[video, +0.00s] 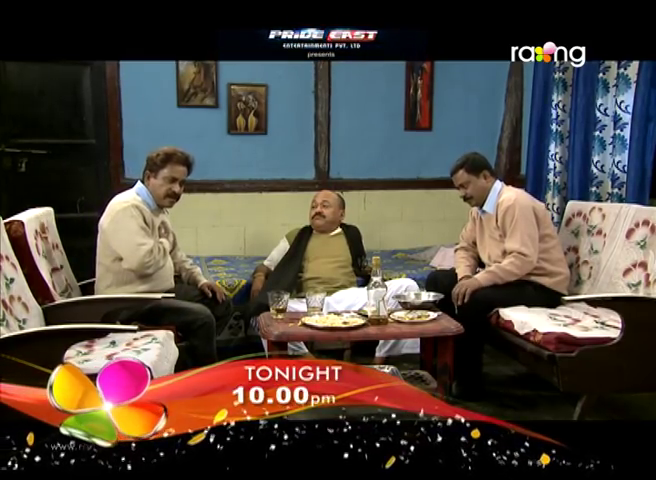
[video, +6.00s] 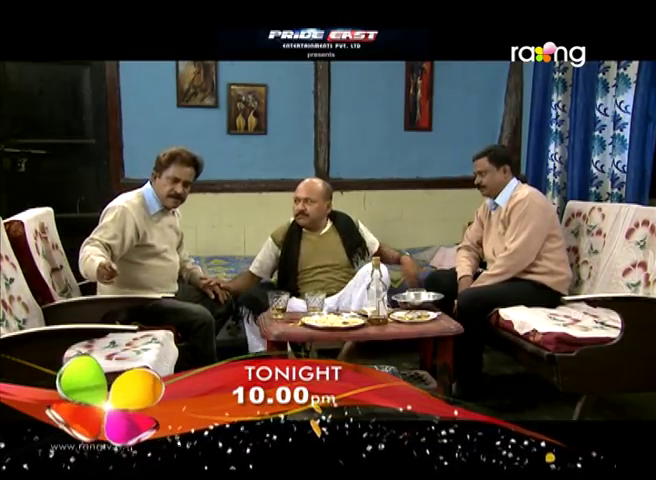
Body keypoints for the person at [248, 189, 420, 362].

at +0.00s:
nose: (317, 210)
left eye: (325, 206)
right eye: (314, 206)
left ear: (341, 213)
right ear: (309, 211)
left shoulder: (351, 233)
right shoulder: (297, 236)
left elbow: (362, 268)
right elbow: (265, 267)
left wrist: (377, 282)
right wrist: (257, 295)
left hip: (351, 297)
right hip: (310, 300)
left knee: (407, 286)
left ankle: (381, 362)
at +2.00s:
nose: (317, 210)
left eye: (325, 206)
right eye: (313, 206)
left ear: (340, 213)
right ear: (309, 212)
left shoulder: (351, 233)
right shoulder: (297, 236)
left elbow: (361, 269)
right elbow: (264, 270)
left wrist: (379, 281)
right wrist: (255, 303)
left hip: (350, 298)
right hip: (310, 300)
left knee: (406, 285)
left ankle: (383, 362)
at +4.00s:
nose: (336, 213)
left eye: (337, 207)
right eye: (328, 209)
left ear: (340, 208)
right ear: (309, 214)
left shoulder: (347, 233)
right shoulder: (294, 237)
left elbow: (360, 267)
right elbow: (264, 268)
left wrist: (376, 278)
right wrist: (258, 279)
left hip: (352, 297)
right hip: (311, 300)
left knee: (406, 287)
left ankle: (383, 366)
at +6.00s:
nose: (300, 207)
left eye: (309, 202)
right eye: (297, 201)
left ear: (327, 207)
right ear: (293, 202)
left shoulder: (346, 224)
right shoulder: (284, 235)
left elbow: (379, 251)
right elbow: (252, 277)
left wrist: (403, 258)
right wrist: (226, 287)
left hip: (348, 300)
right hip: (300, 305)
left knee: (378, 275)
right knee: (251, 298)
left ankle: (345, 358)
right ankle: (274, 365)